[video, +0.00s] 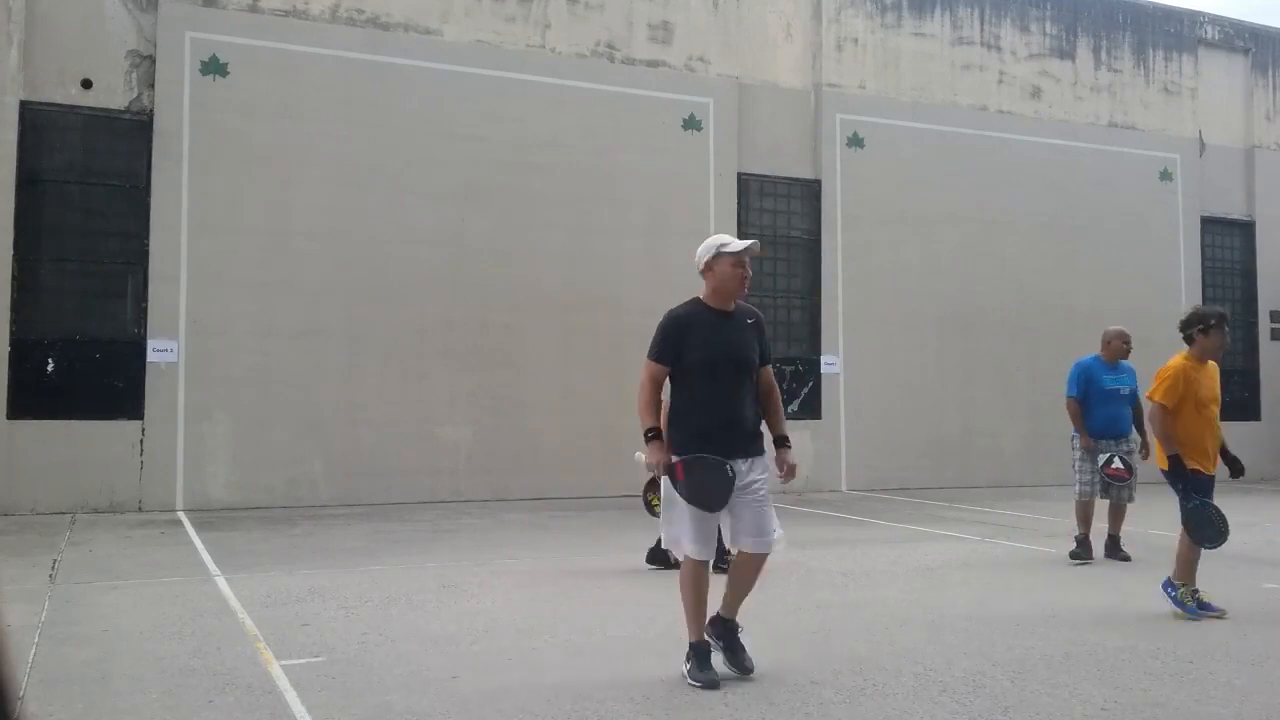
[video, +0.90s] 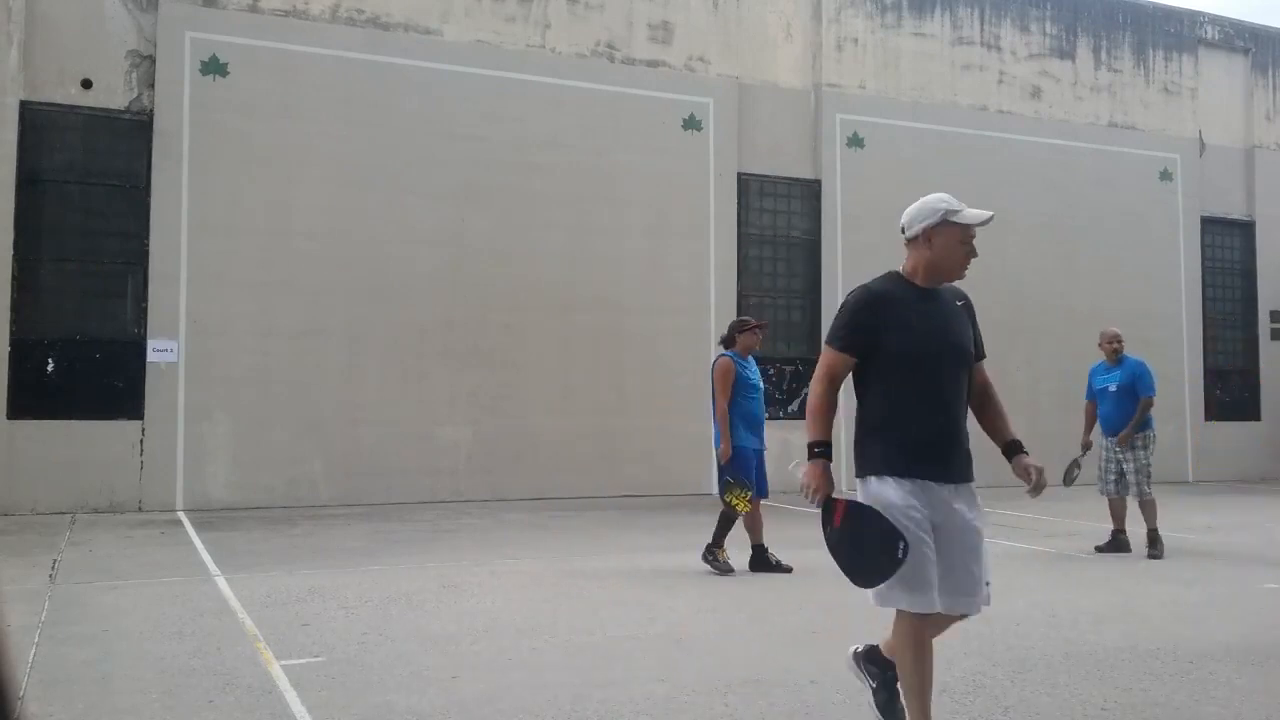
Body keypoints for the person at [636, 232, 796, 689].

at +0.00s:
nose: (747, 271)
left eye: (747, 264)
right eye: (737, 264)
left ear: (741, 273)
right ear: (709, 270)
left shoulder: (751, 321)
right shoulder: (678, 322)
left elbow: (766, 384)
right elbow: (650, 383)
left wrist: (781, 442)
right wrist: (653, 439)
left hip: (748, 458)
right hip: (692, 461)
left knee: (758, 542)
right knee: (695, 553)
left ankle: (724, 622)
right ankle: (697, 648)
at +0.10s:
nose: (771, 271)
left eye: (770, 264)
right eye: (761, 264)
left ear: (754, 273)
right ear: (732, 271)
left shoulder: (768, 322)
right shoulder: (695, 321)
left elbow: (781, 384)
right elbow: (662, 383)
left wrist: (798, 442)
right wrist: (673, 433)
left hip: (766, 459)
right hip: (708, 460)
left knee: (775, 551)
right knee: (703, 556)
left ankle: (774, 659)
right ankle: (698, 652)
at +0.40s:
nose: (852, 272)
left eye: (851, 264)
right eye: (844, 263)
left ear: (822, 266)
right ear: (815, 265)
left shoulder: (838, 323)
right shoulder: (763, 317)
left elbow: (846, 394)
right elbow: (722, 379)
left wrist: (862, 455)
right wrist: (724, 442)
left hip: (834, 473)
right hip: (774, 475)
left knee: (837, 572)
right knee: (763, 577)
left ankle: (819, 682)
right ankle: (734, 631)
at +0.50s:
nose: (882, 266)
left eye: (882, 257)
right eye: (875, 257)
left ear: (852, 258)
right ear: (844, 256)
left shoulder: (866, 314)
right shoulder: (789, 307)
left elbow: (880, 388)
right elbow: (746, 376)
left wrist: (905, 450)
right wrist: (738, 440)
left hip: (857, 468)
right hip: (803, 466)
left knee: (846, 574)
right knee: (816, 569)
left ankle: (823, 678)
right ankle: (795, 671)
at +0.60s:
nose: (905, 262)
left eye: (904, 253)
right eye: (897, 253)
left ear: (873, 255)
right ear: (864, 253)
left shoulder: (889, 313)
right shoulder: (809, 304)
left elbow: (908, 388)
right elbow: (763, 372)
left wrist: (939, 442)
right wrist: (750, 440)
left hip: (877, 467)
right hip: (826, 466)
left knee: (847, 575)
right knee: (848, 577)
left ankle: (819, 680)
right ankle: (863, 704)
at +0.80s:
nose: (951, 256)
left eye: (950, 247)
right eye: (943, 247)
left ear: (915, 250)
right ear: (909, 248)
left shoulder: (936, 311)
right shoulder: (846, 307)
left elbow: (959, 389)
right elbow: (802, 380)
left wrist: (995, 445)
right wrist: (786, 454)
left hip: (924, 481)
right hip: (870, 479)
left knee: (902, 592)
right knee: (896, 601)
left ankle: (842, 664)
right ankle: (914, 715)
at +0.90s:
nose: (974, 248)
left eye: (973, 237)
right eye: (965, 237)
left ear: (940, 242)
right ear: (925, 239)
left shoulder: (959, 304)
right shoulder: (871, 301)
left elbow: (979, 387)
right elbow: (824, 380)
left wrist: (1015, 452)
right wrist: (818, 457)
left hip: (953, 480)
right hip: (893, 478)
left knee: (962, 598)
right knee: (916, 604)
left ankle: (881, 660)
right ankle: (919, 717)